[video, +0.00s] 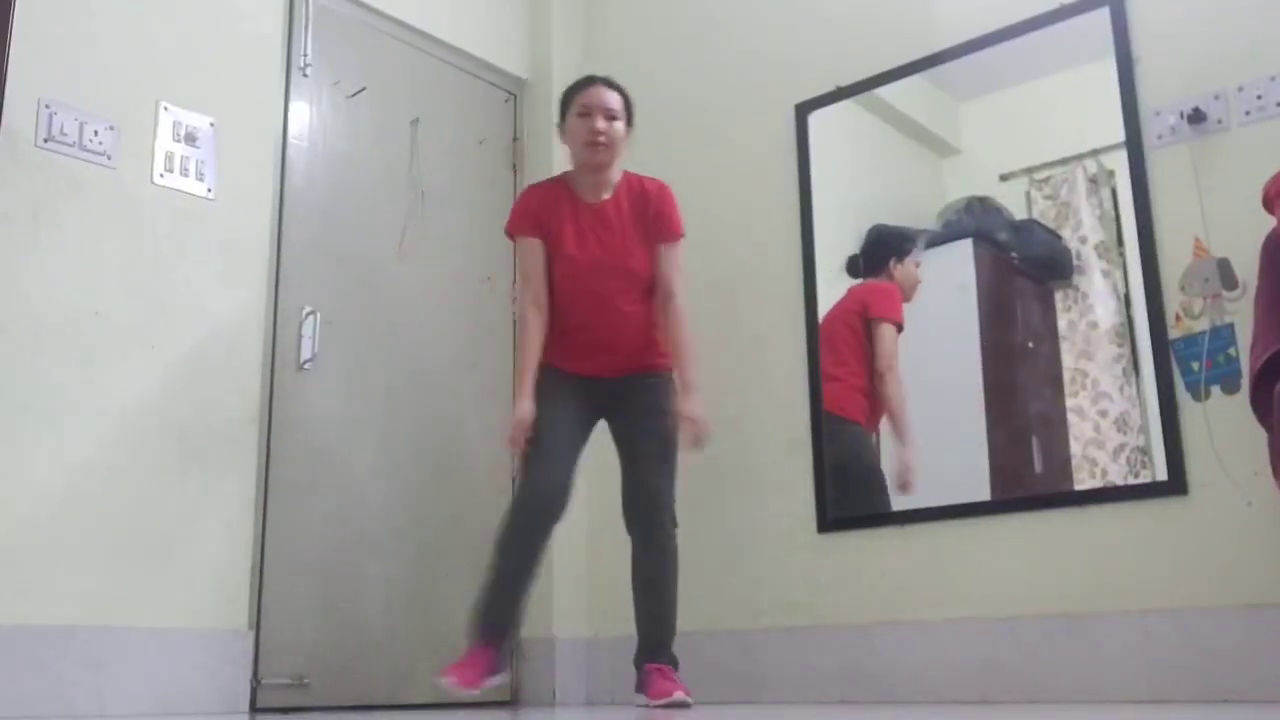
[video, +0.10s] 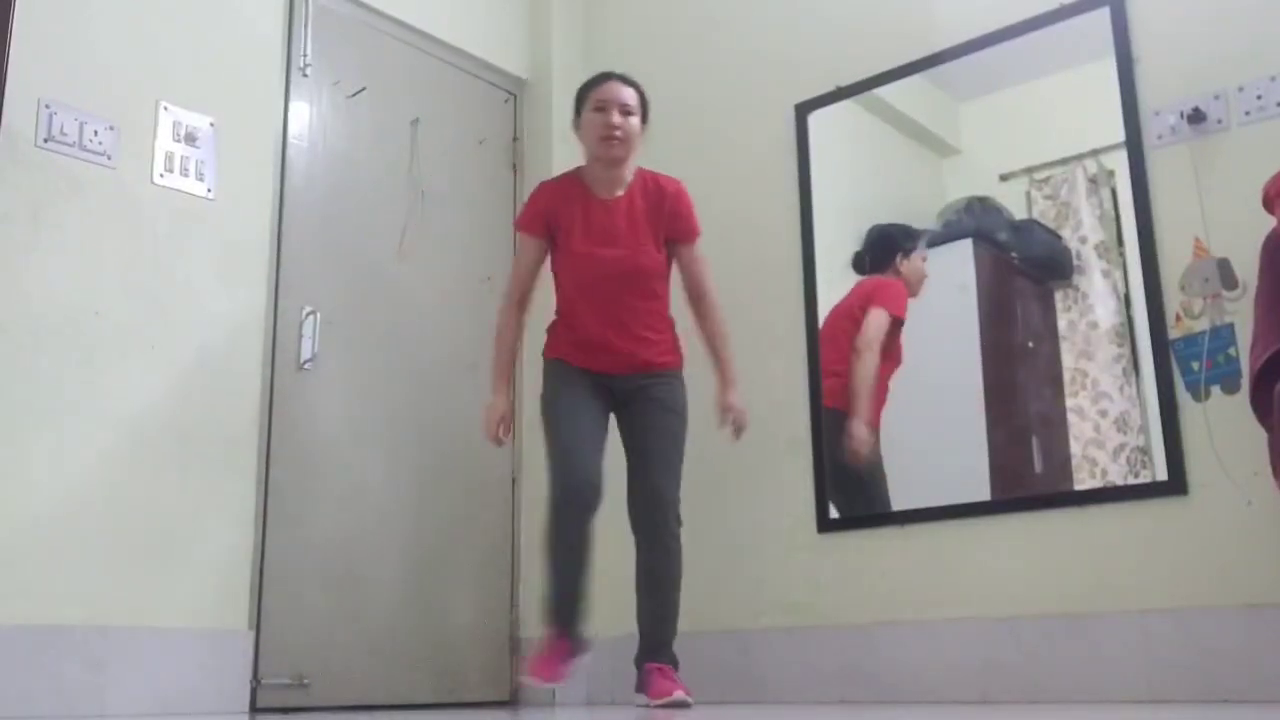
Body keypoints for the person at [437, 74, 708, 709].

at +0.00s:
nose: (600, 125)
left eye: (611, 116)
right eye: (587, 115)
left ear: (629, 133)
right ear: (563, 131)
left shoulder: (653, 200)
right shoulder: (538, 205)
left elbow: (670, 298)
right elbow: (533, 307)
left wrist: (688, 390)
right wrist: (524, 396)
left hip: (643, 378)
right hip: (564, 378)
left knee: (653, 514)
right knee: (539, 498)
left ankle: (658, 664)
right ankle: (488, 646)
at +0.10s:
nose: (614, 121)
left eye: (626, 112)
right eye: (601, 110)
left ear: (642, 128)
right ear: (578, 125)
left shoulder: (666, 197)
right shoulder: (551, 199)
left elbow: (701, 294)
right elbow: (516, 299)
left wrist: (729, 384)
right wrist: (500, 389)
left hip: (653, 372)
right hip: (574, 368)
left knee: (657, 512)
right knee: (575, 490)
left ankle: (658, 663)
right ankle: (562, 633)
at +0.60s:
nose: (597, 131)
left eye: (609, 120)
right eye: (585, 122)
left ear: (634, 132)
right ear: (571, 135)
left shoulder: (664, 203)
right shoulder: (551, 208)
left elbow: (693, 294)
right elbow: (536, 301)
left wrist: (674, 355)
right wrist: (545, 352)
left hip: (654, 376)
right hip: (581, 377)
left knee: (652, 513)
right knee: (548, 488)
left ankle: (657, 664)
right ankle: (574, 593)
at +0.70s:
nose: (572, 131)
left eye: (586, 119)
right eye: (562, 122)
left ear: (619, 127)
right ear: (554, 133)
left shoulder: (654, 194)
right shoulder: (542, 200)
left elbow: (667, 284)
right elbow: (534, 287)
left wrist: (606, 284)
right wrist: (565, 275)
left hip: (643, 372)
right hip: (566, 371)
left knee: (645, 510)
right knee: (513, 494)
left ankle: (656, 665)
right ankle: (509, 630)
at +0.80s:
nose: (547, 134)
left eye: (559, 120)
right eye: (539, 126)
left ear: (596, 121)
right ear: (535, 134)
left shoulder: (634, 185)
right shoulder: (526, 190)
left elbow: (633, 268)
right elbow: (519, 267)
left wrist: (569, 225)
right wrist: (551, 225)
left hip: (625, 370)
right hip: (546, 370)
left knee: (635, 513)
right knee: (499, 505)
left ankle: (655, 666)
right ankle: (444, 654)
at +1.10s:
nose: (460, 158)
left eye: (472, 146)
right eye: (455, 147)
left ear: (513, 144)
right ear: (454, 150)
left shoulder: (560, 211)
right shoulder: (449, 205)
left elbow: (565, 301)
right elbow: (437, 286)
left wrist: (547, 372)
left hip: (538, 378)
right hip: (463, 377)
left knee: (567, 514)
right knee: (444, 519)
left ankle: (627, 657)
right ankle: (428, 672)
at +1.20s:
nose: (444, 163)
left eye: (455, 151)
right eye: (439, 151)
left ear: (497, 149)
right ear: (442, 153)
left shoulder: (546, 216)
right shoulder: (433, 212)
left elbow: (559, 317)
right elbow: (405, 311)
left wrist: (576, 409)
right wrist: (387, 401)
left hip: (523, 381)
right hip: (444, 381)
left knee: (526, 500)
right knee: (439, 516)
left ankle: (560, 640)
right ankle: (427, 673)